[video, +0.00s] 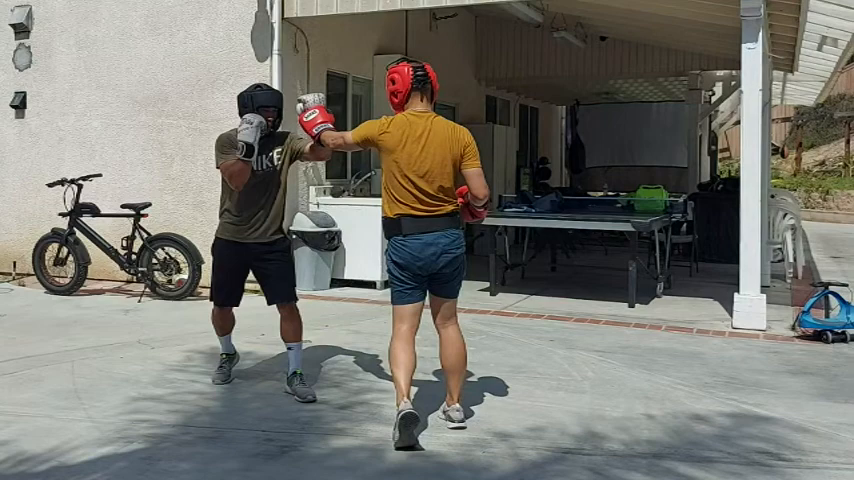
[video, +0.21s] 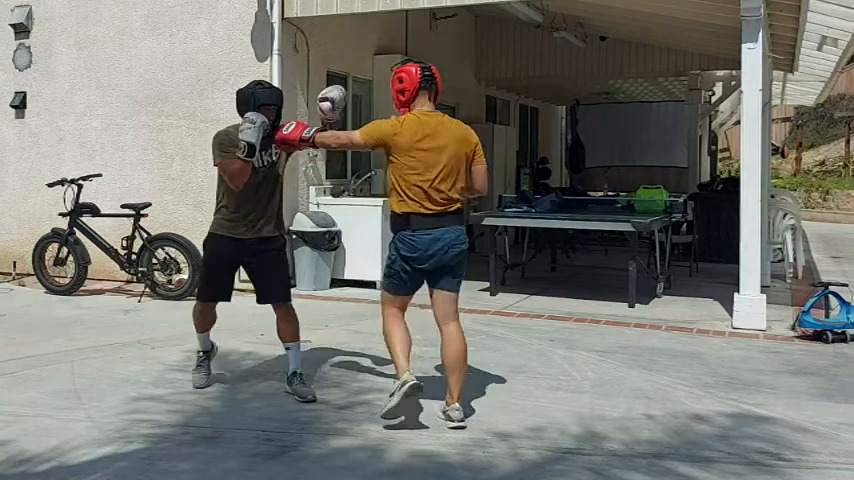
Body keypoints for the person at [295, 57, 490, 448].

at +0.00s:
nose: (391, 97)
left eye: (393, 91)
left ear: (399, 93)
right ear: (432, 92)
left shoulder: (386, 128)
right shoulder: (457, 133)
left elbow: (337, 140)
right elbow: (480, 192)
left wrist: (317, 123)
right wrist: (472, 206)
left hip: (404, 240)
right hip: (446, 238)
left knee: (404, 326)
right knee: (447, 319)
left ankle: (404, 404)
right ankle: (454, 406)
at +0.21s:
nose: (398, 99)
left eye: (400, 93)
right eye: (400, 93)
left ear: (405, 94)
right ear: (435, 93)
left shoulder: (394, 128)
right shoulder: (464, 132)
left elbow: (342, 139)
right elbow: (480, 188)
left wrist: (304, 135)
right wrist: (450, 186)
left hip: (412, 235)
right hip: (453, 234)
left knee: (394, 308)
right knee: (449, 319)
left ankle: (404, 376)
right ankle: (454, 404)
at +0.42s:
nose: (394, 103)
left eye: (396, 96)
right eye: (395, 96)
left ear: (403, 98)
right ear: (432, 98)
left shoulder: (397, 131)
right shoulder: (455, 137)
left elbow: (339, 146)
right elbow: (431, 164)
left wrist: (300, 151)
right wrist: (394, 161)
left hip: (409, 234)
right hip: (447, 233)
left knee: (393, 309)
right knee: (441, 313)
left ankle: (389, 389)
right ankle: (454, 396)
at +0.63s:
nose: (389, 104)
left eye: (391, 98)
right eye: (389, 98)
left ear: (401, 99)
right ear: (425, 99)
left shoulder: (399, 129)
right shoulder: (448, 135)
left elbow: (369, 167)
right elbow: (431, 178)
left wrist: (334, 197)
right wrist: (393, 168)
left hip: (414, 228)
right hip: (447, 226)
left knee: (391, 304)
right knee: (443, 293)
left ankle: (386, 384)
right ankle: (466, 358)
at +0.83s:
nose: (396, 115)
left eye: (400, 111)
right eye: (398, 110)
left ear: (413, 114)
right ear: (424, 114)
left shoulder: (422, 143)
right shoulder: (446, 142)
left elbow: (434, 191)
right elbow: (447, 189)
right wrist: (410, 187)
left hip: (430, 237)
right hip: (454, 235)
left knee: (390, 304)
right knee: (458, 301)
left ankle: (392, 383)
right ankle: (493, 361)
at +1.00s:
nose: (405, 123)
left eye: (409, 118)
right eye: (405, 118)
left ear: (425, 119)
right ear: (427, 119)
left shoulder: (440, 147)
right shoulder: (438, 146)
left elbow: (465, 194)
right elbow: (445, 197)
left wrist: (443, 233)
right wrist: (412, 191)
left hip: (441, 236)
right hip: (457, 236)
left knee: (391, 297)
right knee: (456, 301)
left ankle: (396, 373)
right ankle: (494, 362)